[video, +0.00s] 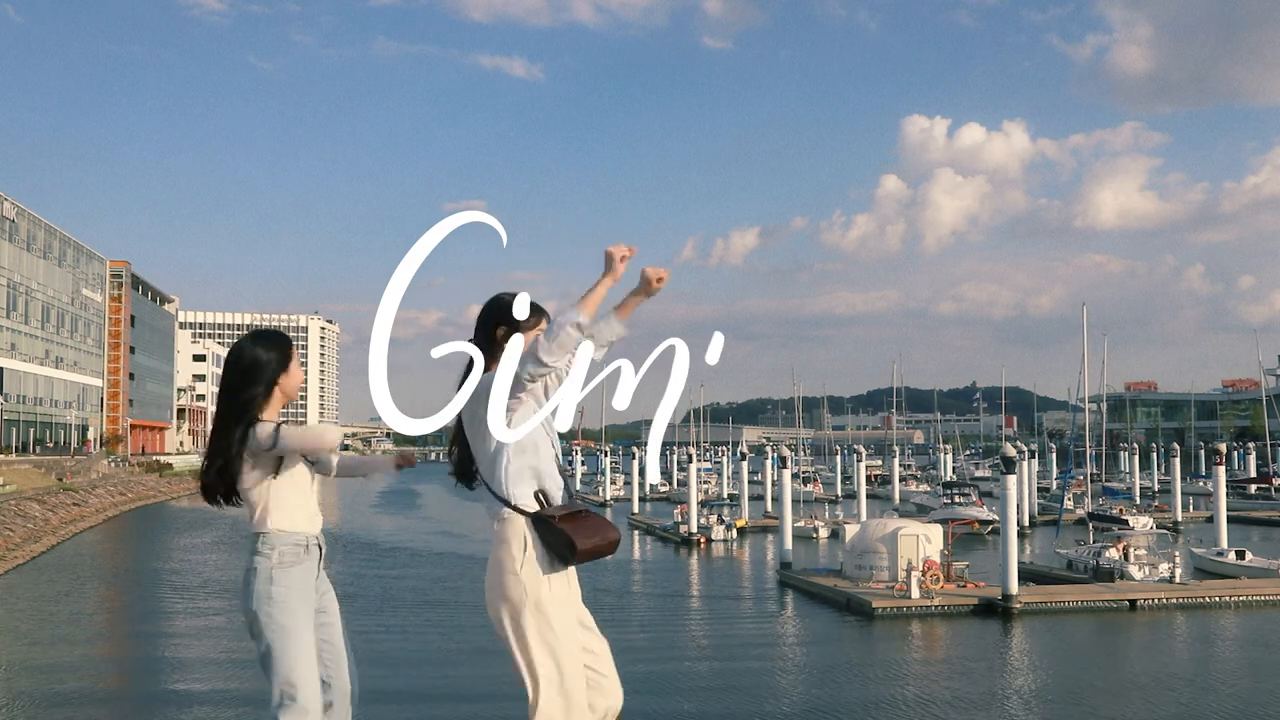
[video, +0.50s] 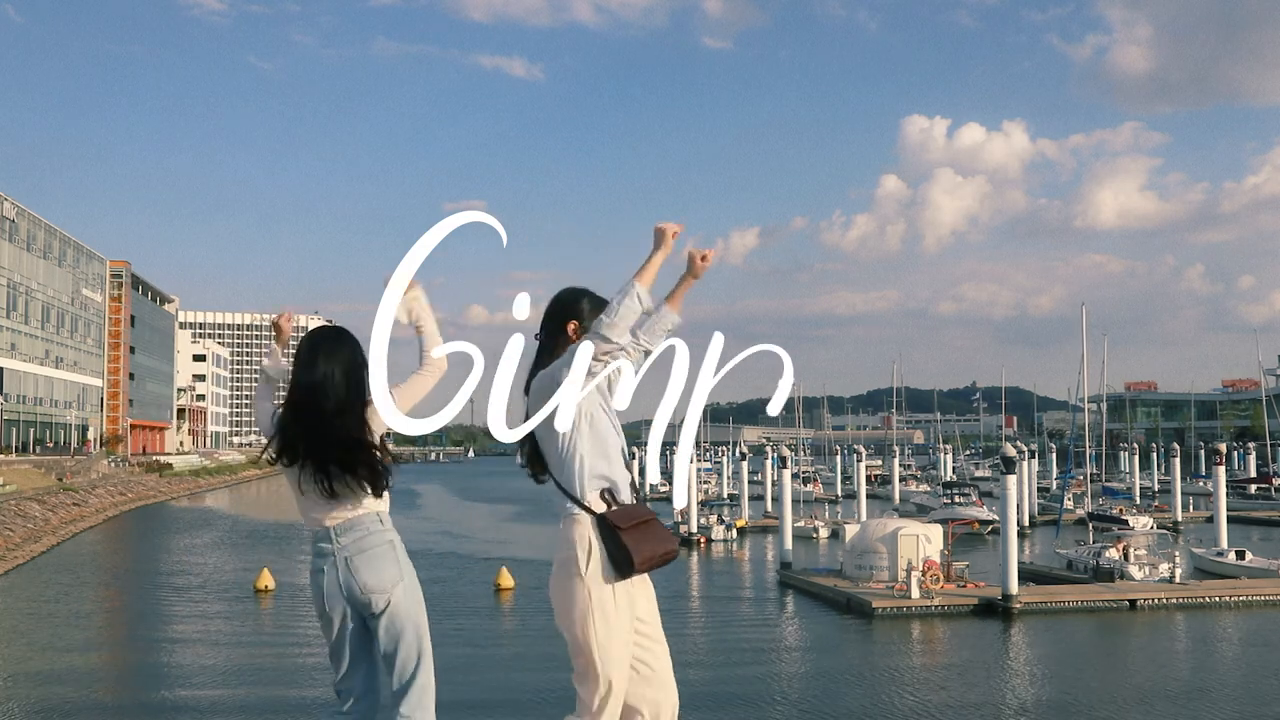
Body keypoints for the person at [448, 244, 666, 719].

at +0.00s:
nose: (546, 342)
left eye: (546, 332)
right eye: (538, 332)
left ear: (511, 340)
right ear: (511, 338)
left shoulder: (525, 389)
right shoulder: (491, 394)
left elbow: (587, 344)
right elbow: (555, 346)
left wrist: (640, 294)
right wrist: (609, 278)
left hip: (549, 553)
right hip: (522, 557)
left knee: (604, 692)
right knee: (559, 699)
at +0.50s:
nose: (607, 333)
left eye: (605, 324)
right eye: (600, 323)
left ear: (577, 329)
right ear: (574, 329)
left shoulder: (592, 384)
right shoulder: (553, 383)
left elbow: (641, 341)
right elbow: (609, 332)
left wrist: (687, 280)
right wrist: (658, 252)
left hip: (622, 539)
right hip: (586, 541)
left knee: (657, 698)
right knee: (603, 699)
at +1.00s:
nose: (673, 347)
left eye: (673, 336)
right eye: (665, 336)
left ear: (636, 341)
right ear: (633, 340)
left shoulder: (640, 392)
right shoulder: (621, 390)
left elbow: (699, 342)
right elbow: (684, 344)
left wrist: (750, 287)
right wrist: (740, 274)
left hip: (655, 549)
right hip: (643, 551)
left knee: (663, 697)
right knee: (723, 695)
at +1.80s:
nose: (794, 346)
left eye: (791, 336)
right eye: (787, 335)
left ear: (746, 344)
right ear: (757, 338)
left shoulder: (739, 402)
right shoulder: (758, 396)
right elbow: (827, 361)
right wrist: (799, 282)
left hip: (763, 557)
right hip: (773, 557)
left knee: (841, 695)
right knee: (805, 701)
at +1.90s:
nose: (806, 330)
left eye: (805, 321)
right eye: (800, 320)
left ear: (764, 326)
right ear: (768, 324)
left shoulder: (779, 375)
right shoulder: (767, 368)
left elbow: (826, 342)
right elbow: (859, 331)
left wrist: (826, 286)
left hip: (795, 535)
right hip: (785, 536)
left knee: (864, 678)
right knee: (798, 692)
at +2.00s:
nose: (822, 319)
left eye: (821, 309)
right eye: (816, 308)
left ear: (780, 308)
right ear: (785, 308)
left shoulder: (781, 360)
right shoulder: (782, 359)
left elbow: (834, 320)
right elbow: (863, 310)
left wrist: (870, 268)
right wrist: (921, 232)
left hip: (822, 529)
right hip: (801, 530)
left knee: (877, 673)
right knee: (794, 684)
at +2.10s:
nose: (841, 319)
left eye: (842, 309)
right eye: (835, 308)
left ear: (798, 310)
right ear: (803, 308)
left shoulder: (798, 365)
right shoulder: (799, 361)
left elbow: (844, 327)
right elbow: (864, 325)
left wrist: (882, 261)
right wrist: (900, 256)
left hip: (845, 534)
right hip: (823, 538)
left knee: (888, 689)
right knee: (807, 687)